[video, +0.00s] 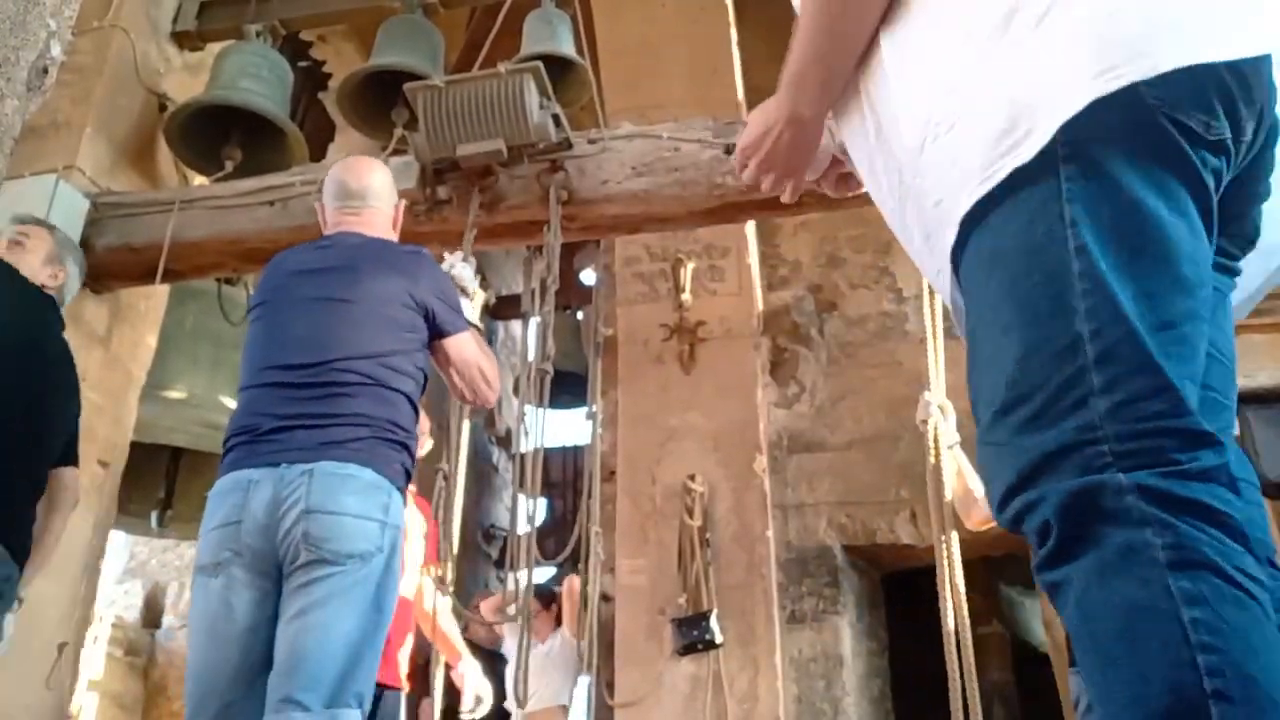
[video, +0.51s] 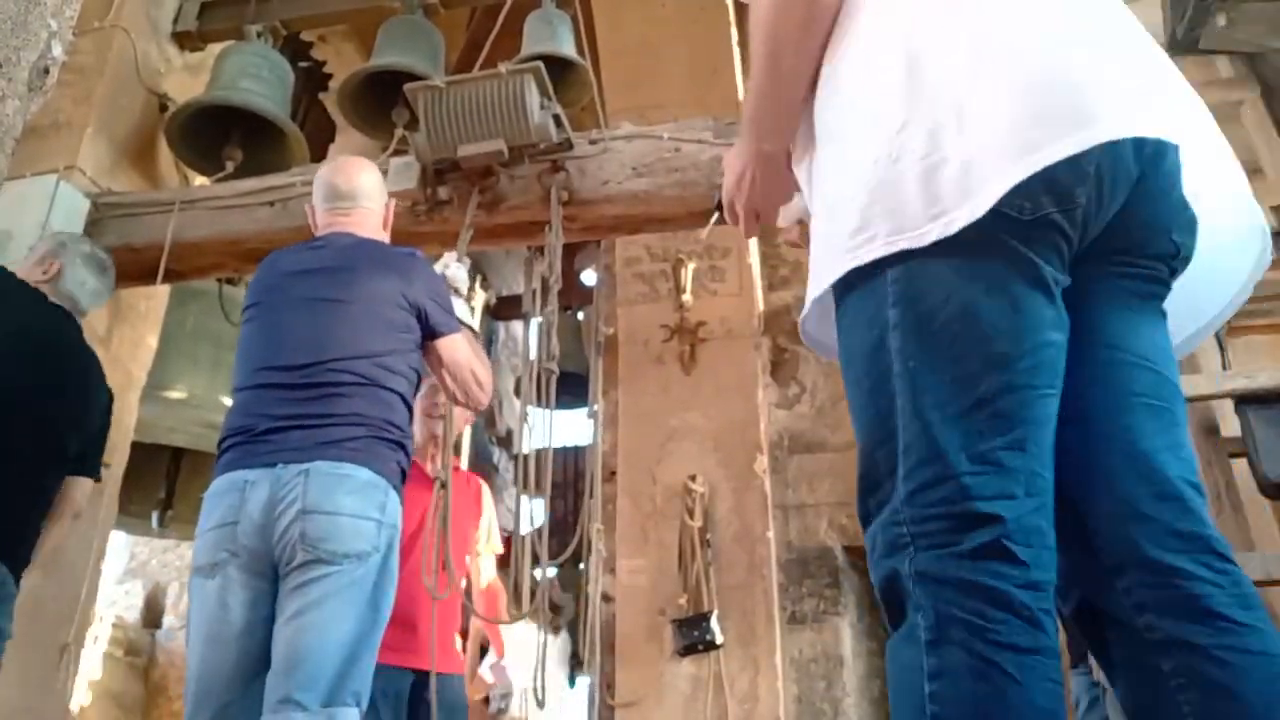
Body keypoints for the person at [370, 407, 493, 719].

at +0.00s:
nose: (413, 440)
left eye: (421, 434)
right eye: (408, 430)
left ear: (428, 442)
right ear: (387, 429)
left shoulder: (420, 512)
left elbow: (427, 593)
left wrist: (460, 660)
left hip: (389, 678)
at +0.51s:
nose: (438, 404)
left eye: (452, 397)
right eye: (430, 392)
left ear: (469, 416)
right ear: (410, 402)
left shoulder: (474, 491)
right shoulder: (388, 477)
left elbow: (485, 579)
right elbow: (360, 560)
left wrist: (496, 653)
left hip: (448, 663)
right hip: (384, 658)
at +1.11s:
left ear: (451, 403)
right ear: (396, 394)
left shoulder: (466, 471)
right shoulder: (376, 460)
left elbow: (480, 567)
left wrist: (493, 653)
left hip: (434, 647)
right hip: (365, 641)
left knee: (437, 713)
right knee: (348, 713)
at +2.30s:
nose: (419, 390)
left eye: (429, 382)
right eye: (412, 381)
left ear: (449, 390)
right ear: (397, 386)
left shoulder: (477, 459)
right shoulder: (377, 449)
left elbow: (497, 551)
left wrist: (488, 630)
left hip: (435, 645)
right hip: (363, 638)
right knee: (347, 713)